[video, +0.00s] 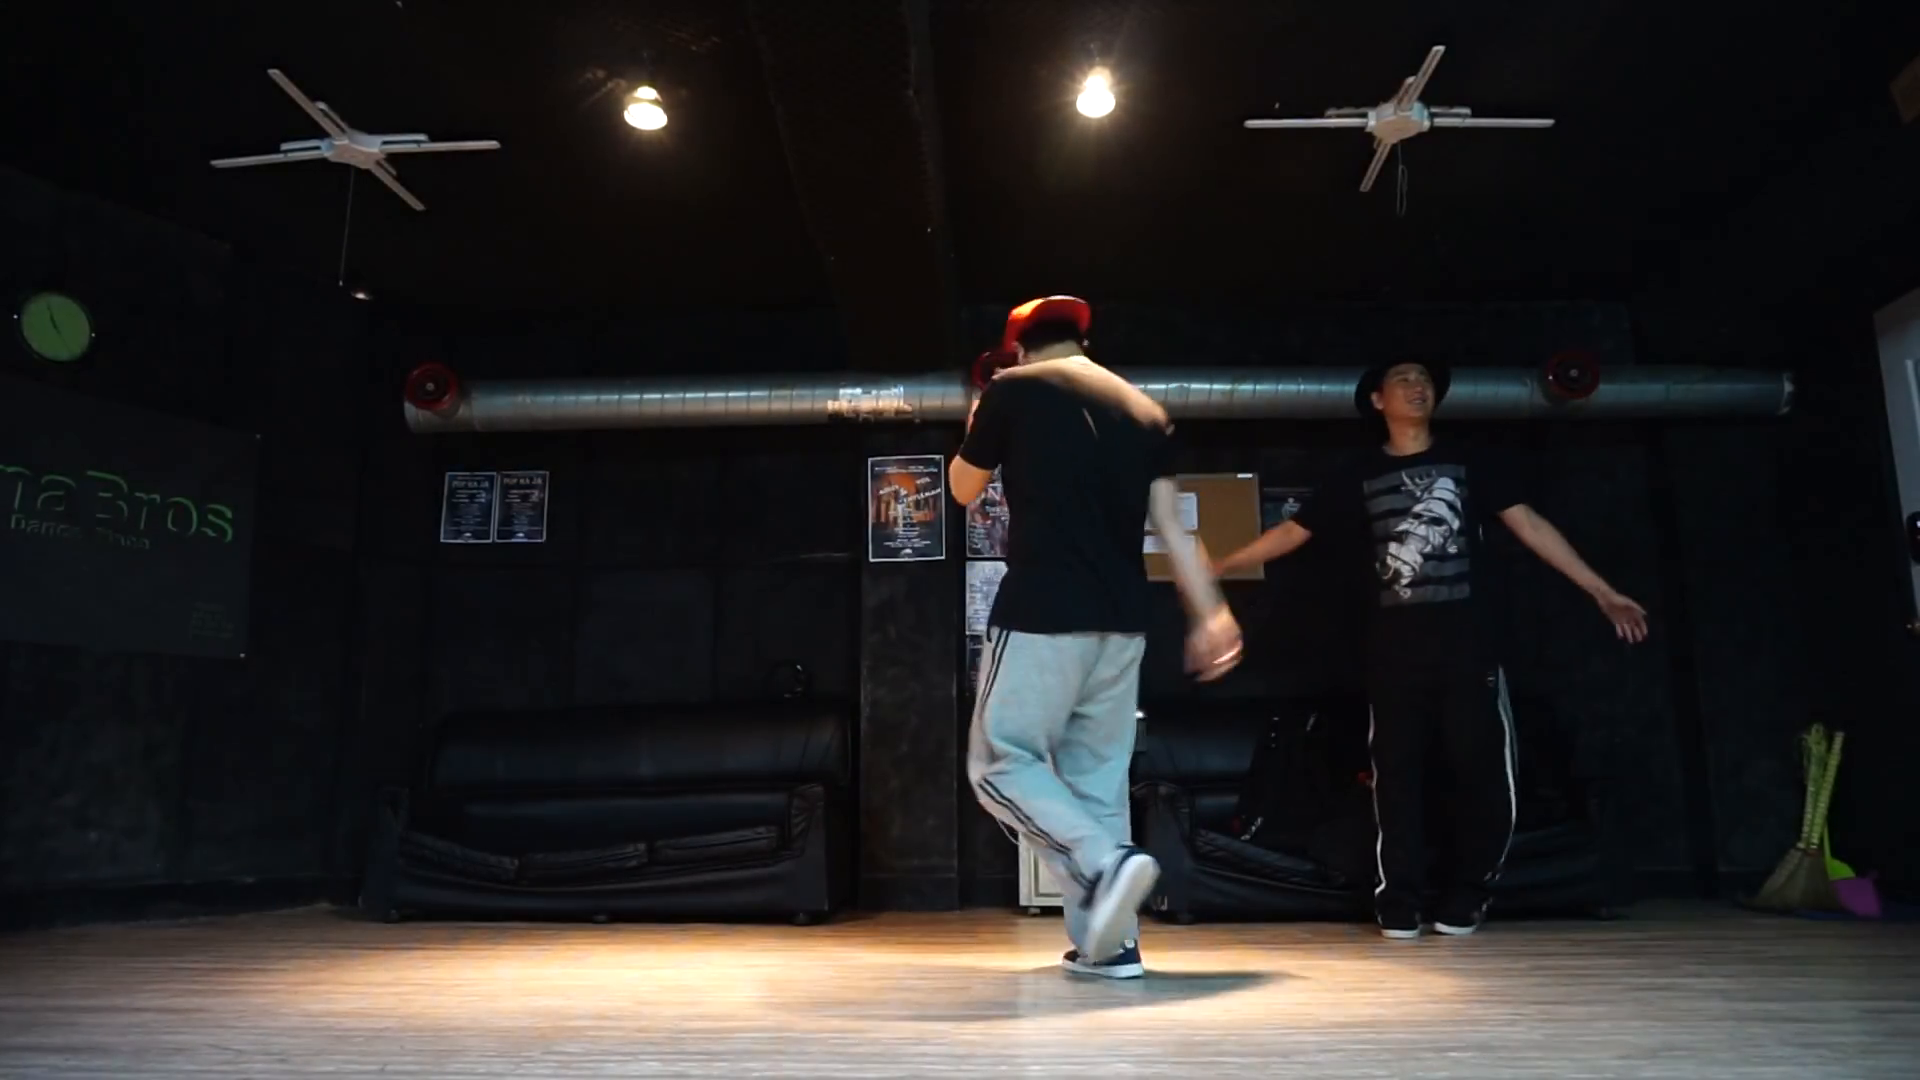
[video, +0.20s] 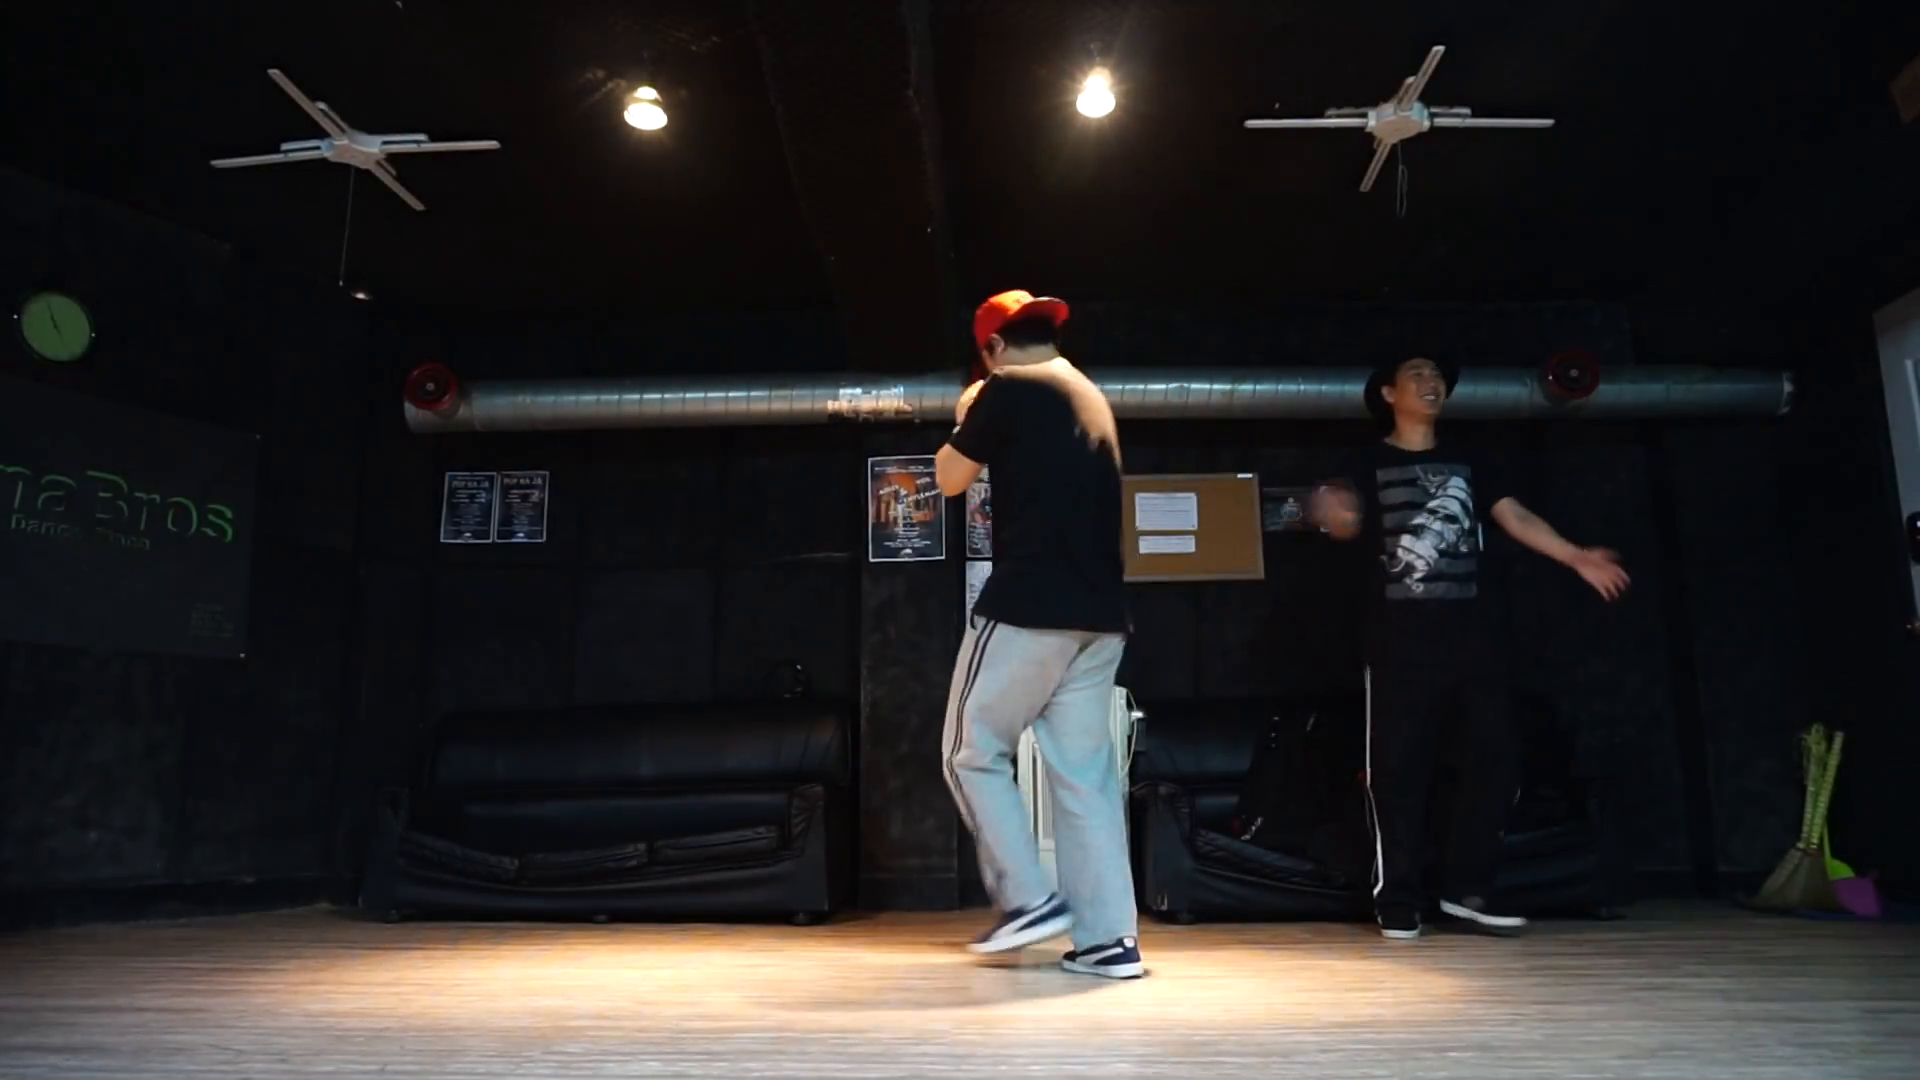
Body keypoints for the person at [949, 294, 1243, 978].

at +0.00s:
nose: (1013, 363)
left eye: (1013, 355)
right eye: (1017, 356)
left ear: (1024, 350)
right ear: (1082, 343)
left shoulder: (1013, 390)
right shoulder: (1143, 409)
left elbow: (964, 487)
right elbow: (1172, 523)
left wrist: (988, 415)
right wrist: (1210, 611)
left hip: (1044, 614)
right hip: (1124, 618)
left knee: (1002, 762)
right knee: (1101, 777)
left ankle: (1104, 867)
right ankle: (1110, 944)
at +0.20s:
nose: (984, 362)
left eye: (983, 354)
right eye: (984, 354)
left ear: (994, 346)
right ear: (1052, 339)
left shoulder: (1006, 390)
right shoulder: (1091, 395)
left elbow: (950, 478)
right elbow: (1073, 485)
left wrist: (970, 412)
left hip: (1030, 605)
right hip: (1100, 607)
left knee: (974, 753)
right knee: (1086, 776)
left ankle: (1028, 902)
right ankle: (1109, 942)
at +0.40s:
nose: (948, 389)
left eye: (945, 377)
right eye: (944, 379)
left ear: (960, 364)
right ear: (1004, 354)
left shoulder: (987, 416)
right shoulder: (1047, 412)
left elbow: (937, 514)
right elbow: (970, 519)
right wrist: (886, 563)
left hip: (998, 626)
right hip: (1060, 625)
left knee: (956, 770)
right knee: (1057, 777)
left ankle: (994, 931)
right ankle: (1104, 932)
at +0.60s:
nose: (908, 396)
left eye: (909, 381)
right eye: (904, 385)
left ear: (936, 363)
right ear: (945, 362)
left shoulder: (964, 412)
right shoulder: (991, 414)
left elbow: (894, 495)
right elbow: (923, 526)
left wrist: (862, 546)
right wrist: (871, 592)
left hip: (963, 624)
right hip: (995, 622)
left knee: (937, 774)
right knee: (957, 763)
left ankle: (993, 933)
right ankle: (1046, 853)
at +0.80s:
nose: (872, 396)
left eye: (872, 383)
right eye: (868, 385)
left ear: (894, 368)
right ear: (920, 363)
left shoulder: (918, 410)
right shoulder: (958, 416)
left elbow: (856, 502)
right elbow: (913, 529)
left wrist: (806, 584)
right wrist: (820, 541)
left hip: (930, 622)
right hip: (936, 618)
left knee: (933, 770)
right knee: (847, 732)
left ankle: (1000, 930)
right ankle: (913, 874)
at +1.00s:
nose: (826, 402)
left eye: (830, 388)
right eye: (824, 390)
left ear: (861, 378)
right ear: (869, 379)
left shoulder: (875, 430)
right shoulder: (904, 431)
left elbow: (820, 523)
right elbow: (876, 519)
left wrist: (768, 595)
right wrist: (817, 506)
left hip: (883, 636)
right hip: (860, 637)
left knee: (912, 781)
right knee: (817, 770)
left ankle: (998, 924)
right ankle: (821, 925)